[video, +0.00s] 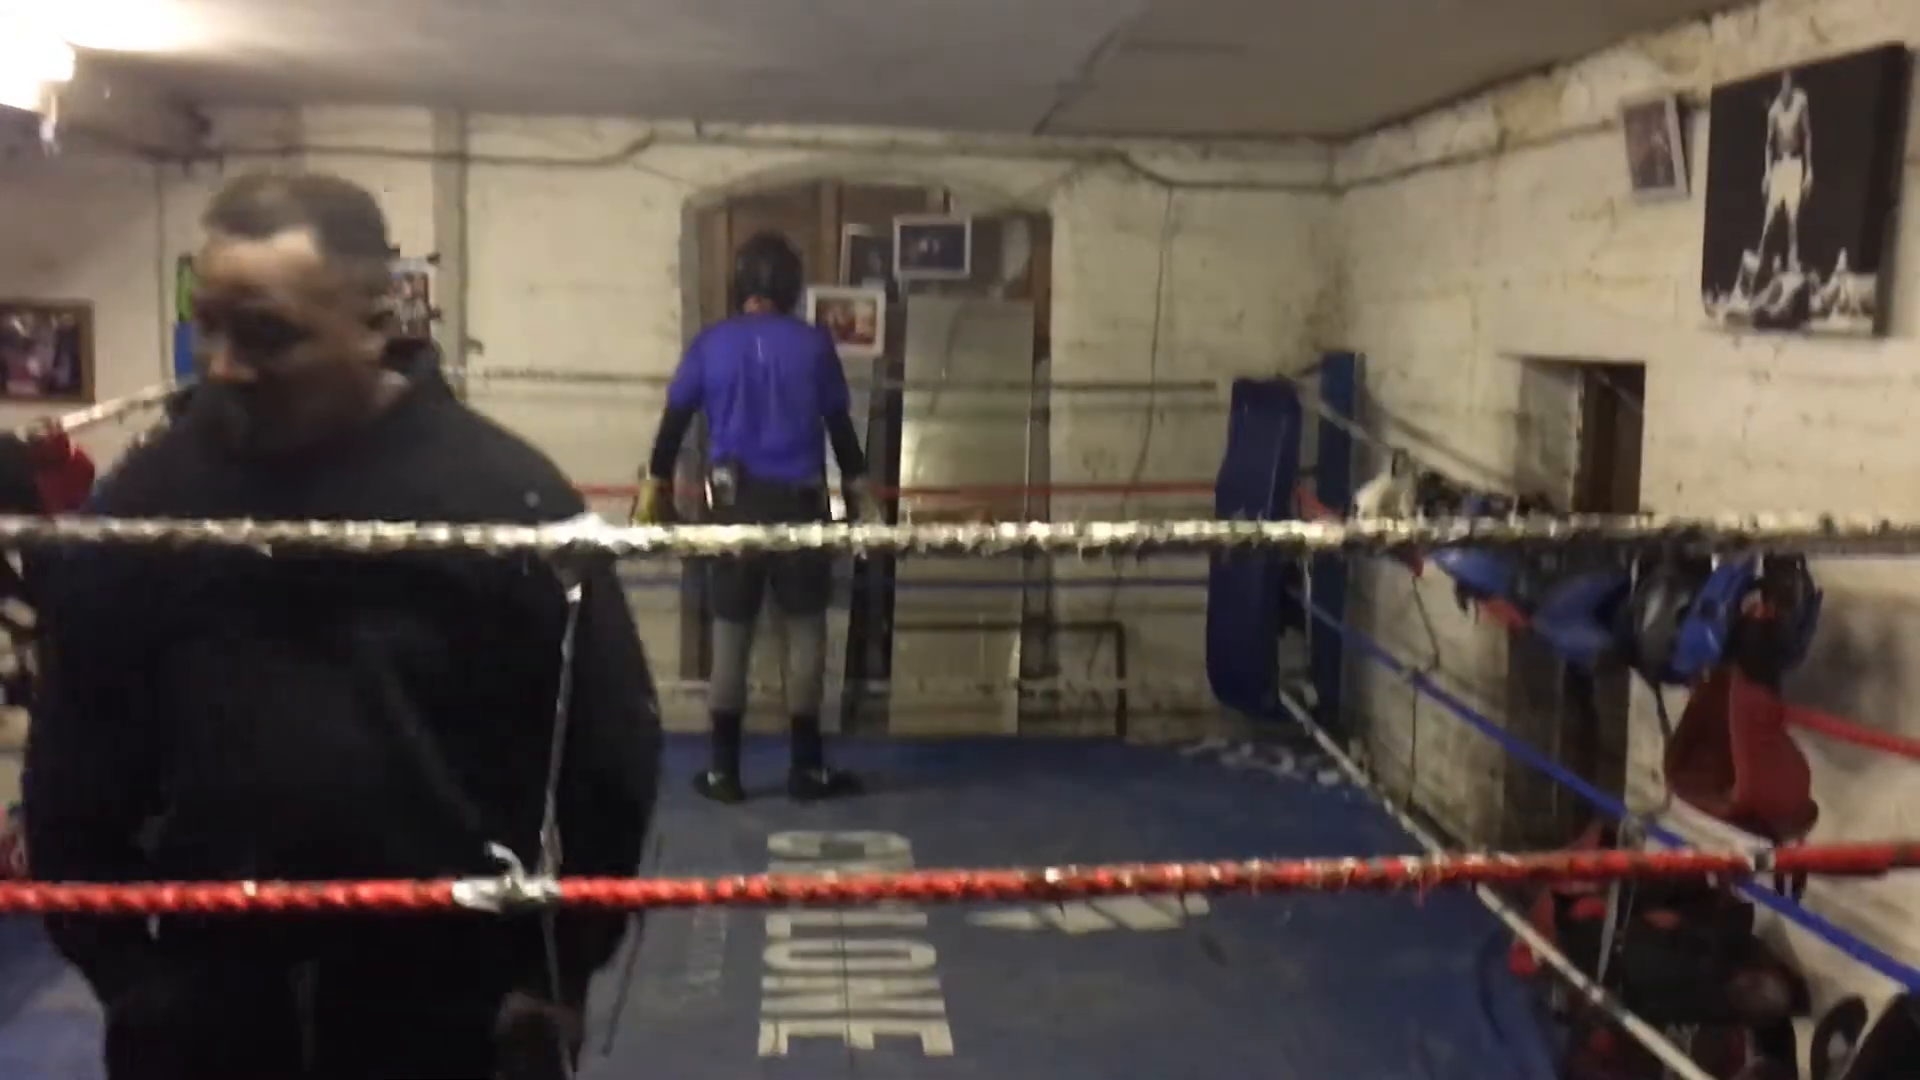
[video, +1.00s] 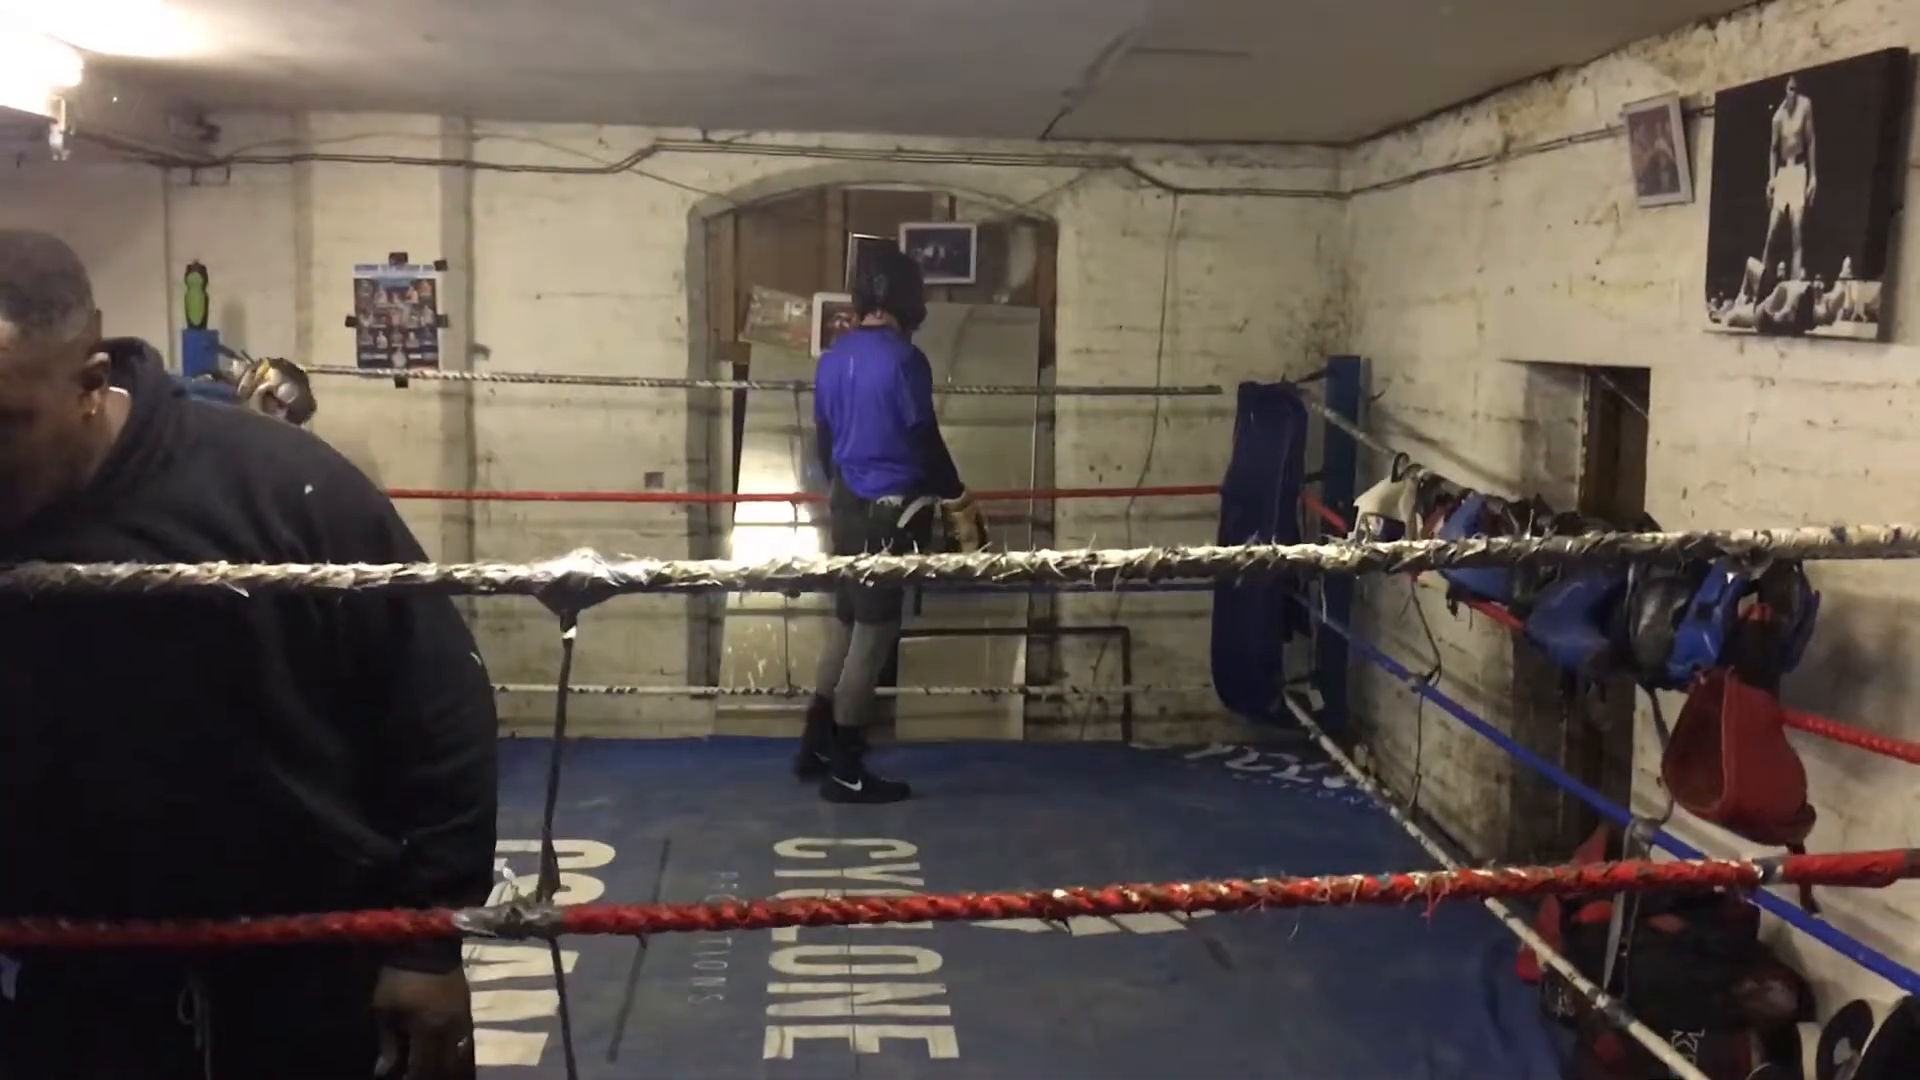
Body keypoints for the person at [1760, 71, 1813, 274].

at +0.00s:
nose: (1786, 88)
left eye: (1789, 83)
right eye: (1784, 84)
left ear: (1793, 86)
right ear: (1781, 86)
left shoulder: (1800, 102)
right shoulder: (1774, 109)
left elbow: (1807, 135)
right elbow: (1768, 142)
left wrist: (1809, 170)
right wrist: (1767, 172)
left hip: (1795, 162)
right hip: (1778, 163)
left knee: (1793, 214)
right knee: (1770, 214)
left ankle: (1793, 259)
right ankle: (1760, 260)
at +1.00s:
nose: (1792, 94)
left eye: (1795, 90)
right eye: (1790, 90)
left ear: (1799, 91)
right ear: (1785, 90)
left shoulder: (1804, 105)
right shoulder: (1778, 115)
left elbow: (1811, 139)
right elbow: (1773, 147)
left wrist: (1813, 176)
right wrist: (1771, 177)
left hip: (1799, 167)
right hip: (1782, 168)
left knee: (1797, 221)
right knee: (1774, 223)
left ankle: (1796, 271)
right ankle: (1765, 271)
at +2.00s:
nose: (1799, 94)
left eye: (1802, 91)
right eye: (1797, 90)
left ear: (1807, 92)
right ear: (1793, 91)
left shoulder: (1812, 107)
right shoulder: (1786, 116)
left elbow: (1819, 140)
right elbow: (1781, 148)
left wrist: (1820, 177)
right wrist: (1779, 178)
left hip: (1807, 165)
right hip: (1789, 166)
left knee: (1804, 221)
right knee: (1782, 222)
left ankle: (1804, 269)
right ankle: (1772, 270)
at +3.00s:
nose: (1790, 93)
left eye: (1793, 89)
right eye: (1787, 89)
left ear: (1796, 90)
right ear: (1783, 90)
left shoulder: (1802, 106)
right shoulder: (1775, 112)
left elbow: (1809, 139)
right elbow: (1770, 146)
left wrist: (1810, 176)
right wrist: (1768, 177)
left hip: (1796, 165)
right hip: (1779, 166)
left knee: (1794, 218)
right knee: (1771, 218)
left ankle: (1794, 264)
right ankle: (1762, 261)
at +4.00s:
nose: (1789, 93)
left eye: (1792, 89)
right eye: (1787, 89)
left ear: (1796, 90)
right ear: (1783, 89)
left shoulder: (1802, 104)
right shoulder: (1775, 114)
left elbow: (1808, 139)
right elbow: (1770, 146)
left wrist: (1810, 175)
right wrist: (1769, 175)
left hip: (1797, 164)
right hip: (1779, 165)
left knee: (1794, 220)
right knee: (1771, 220)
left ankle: (1794, 268)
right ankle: (1762, 266)